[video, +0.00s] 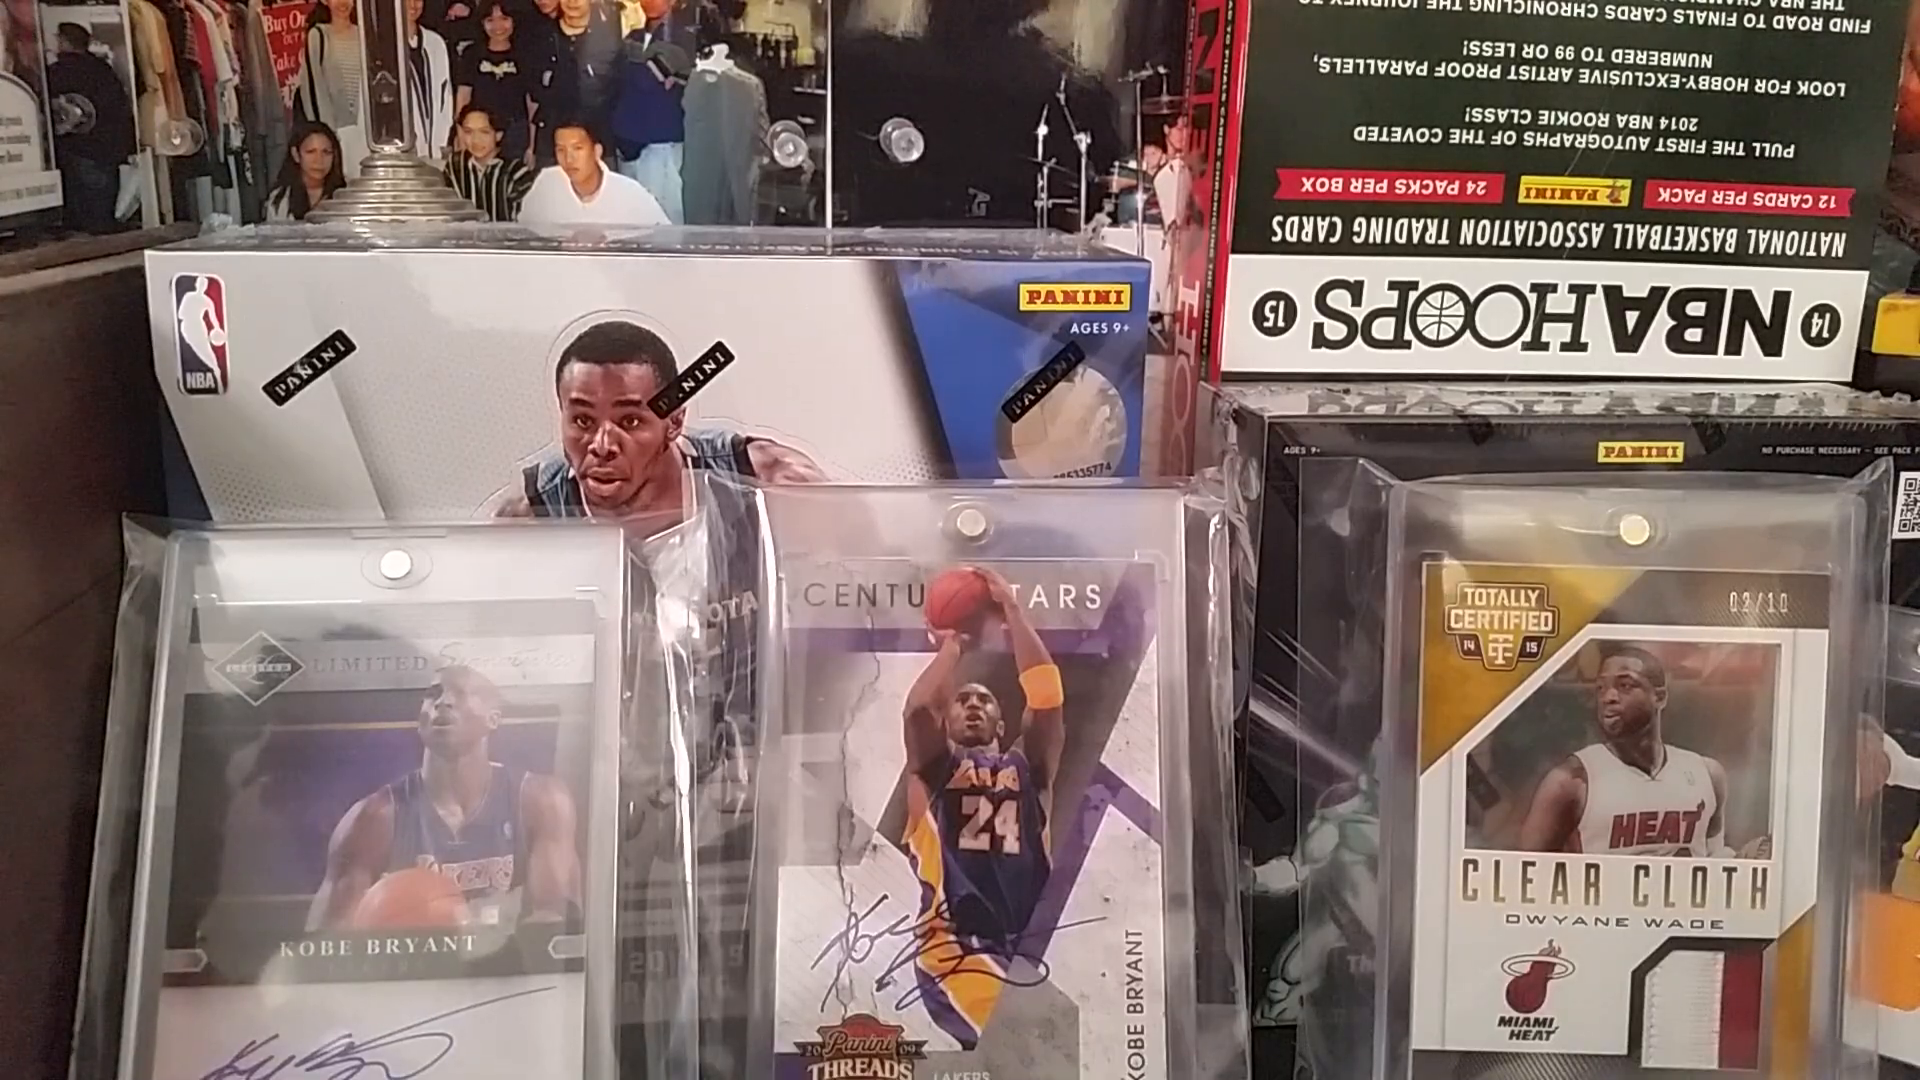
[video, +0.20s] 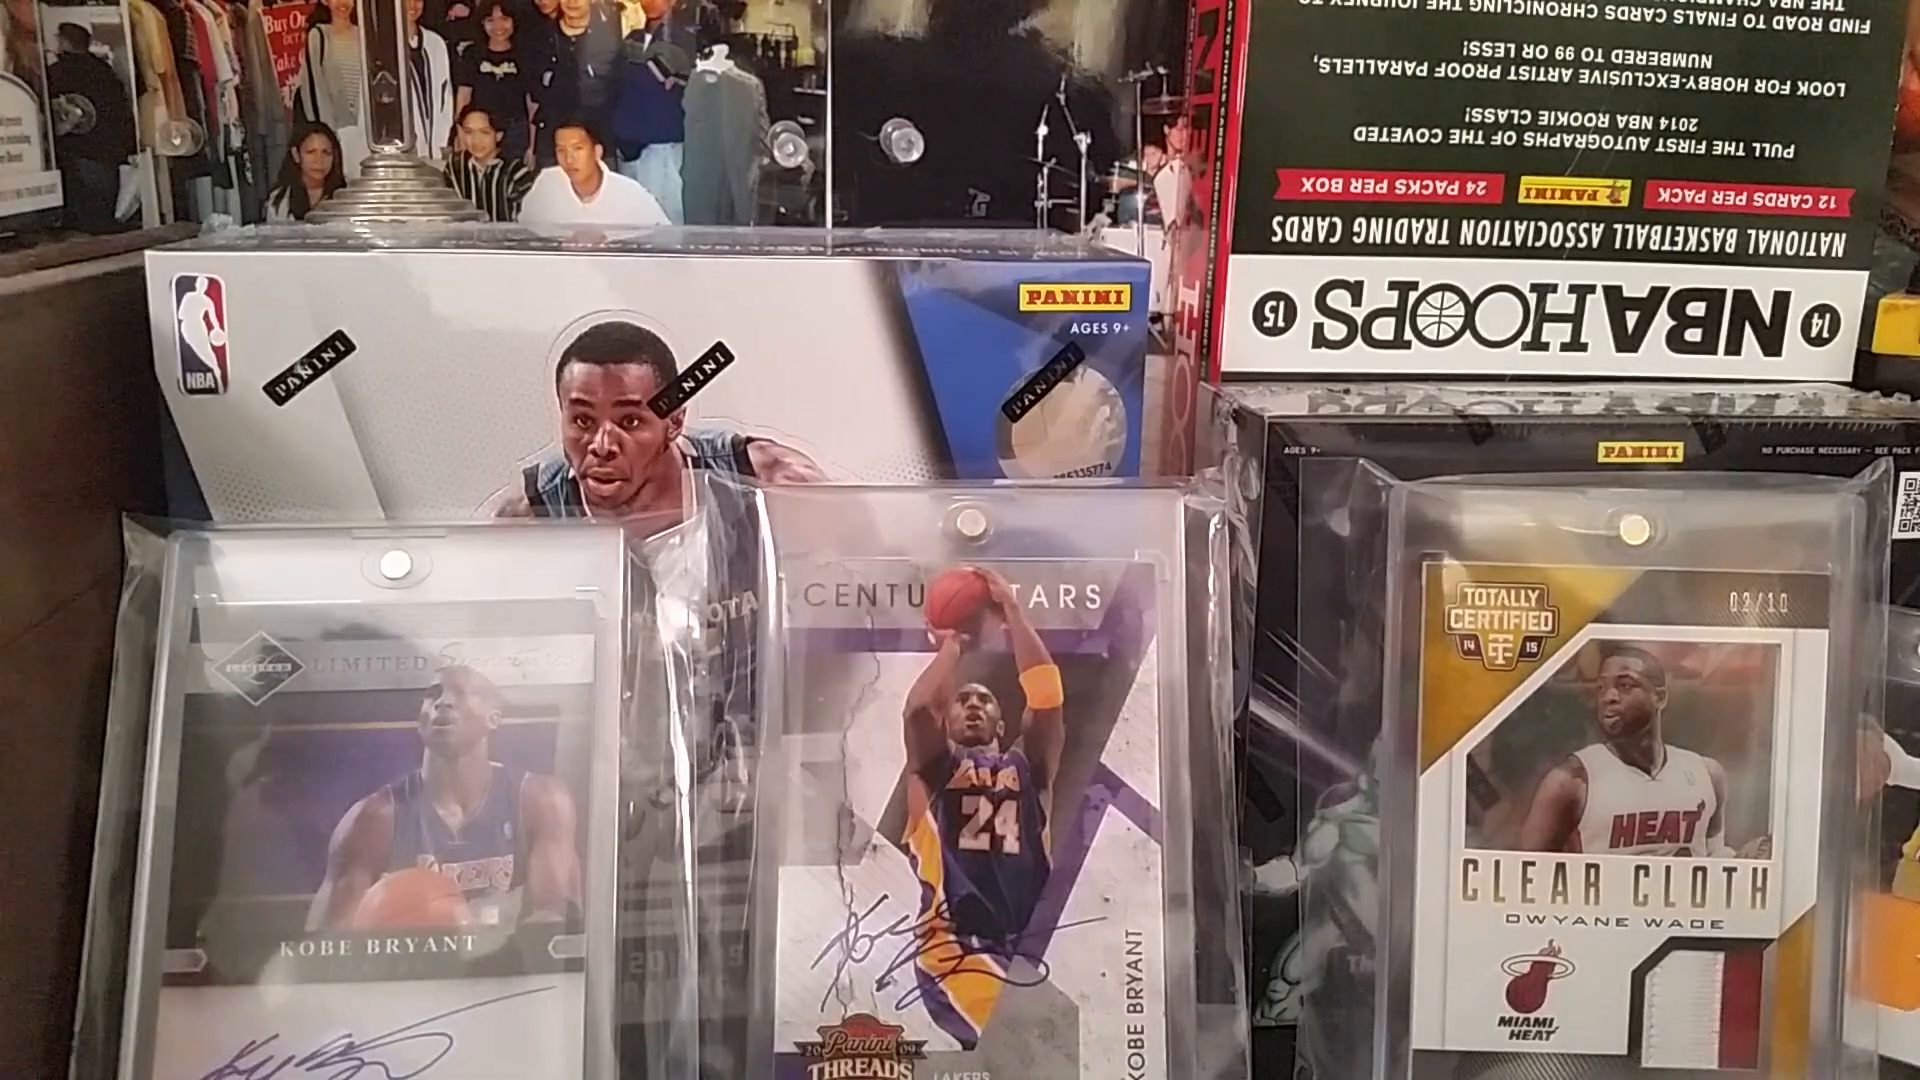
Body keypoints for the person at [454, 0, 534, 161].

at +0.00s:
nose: (498, 26)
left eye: (504, 18)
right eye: (490, 20)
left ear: (513, 22)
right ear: (483, 25)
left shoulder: (524, 55)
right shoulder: (472, 53)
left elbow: (532, 102)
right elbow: (463, 96)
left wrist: (531, 146)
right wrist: (460, 135)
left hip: (515, 130)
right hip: (480, 132)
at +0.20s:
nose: (498, 26)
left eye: (504, 19)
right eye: (490, 20)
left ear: (513, 22)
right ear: (483, 25)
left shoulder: (524, 55)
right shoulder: (473, 53)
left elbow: (532, 103)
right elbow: (464, 96)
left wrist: (531, 147)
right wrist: (460, 135)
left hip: (515, 130)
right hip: (481, 132)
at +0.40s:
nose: (501, 25)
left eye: (507, 18)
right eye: (493, 19)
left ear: (516, 21)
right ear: (486, 24)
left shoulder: (526, 54)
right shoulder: (475, 54)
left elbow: (535, 102)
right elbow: (466, 96)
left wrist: (534, 145)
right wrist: (464, 136)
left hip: (518, 131)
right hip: (483, 133)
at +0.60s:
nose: (516, 24)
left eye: (522, 17)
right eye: (508, 19)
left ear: (531, 21)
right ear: (501, 24)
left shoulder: (541, 54)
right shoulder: (491, 53)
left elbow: (549, 101)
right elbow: (482, 94)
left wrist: (549, 145)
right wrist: (479, 133)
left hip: (533, 128)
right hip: (499, 129)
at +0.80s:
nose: (535, 24)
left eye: (540, 17)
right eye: (529, 18)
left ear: (548, 23)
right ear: (522, 23)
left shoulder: (558, 54)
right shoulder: (508, 53)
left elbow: (566, 101)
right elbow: (499, 94)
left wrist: (566, 144)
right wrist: (496, 132)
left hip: (550, 129)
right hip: (515, 130)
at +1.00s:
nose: (500, 31)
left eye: (507, 25)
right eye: (497, 25)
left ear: (520, 29)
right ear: (491, 30)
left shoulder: (531, 63)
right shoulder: (480, 61)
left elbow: (538, 108)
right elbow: (472, 100)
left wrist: (538, 148)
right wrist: (465, 140)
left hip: (520, 135)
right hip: (485, 137)